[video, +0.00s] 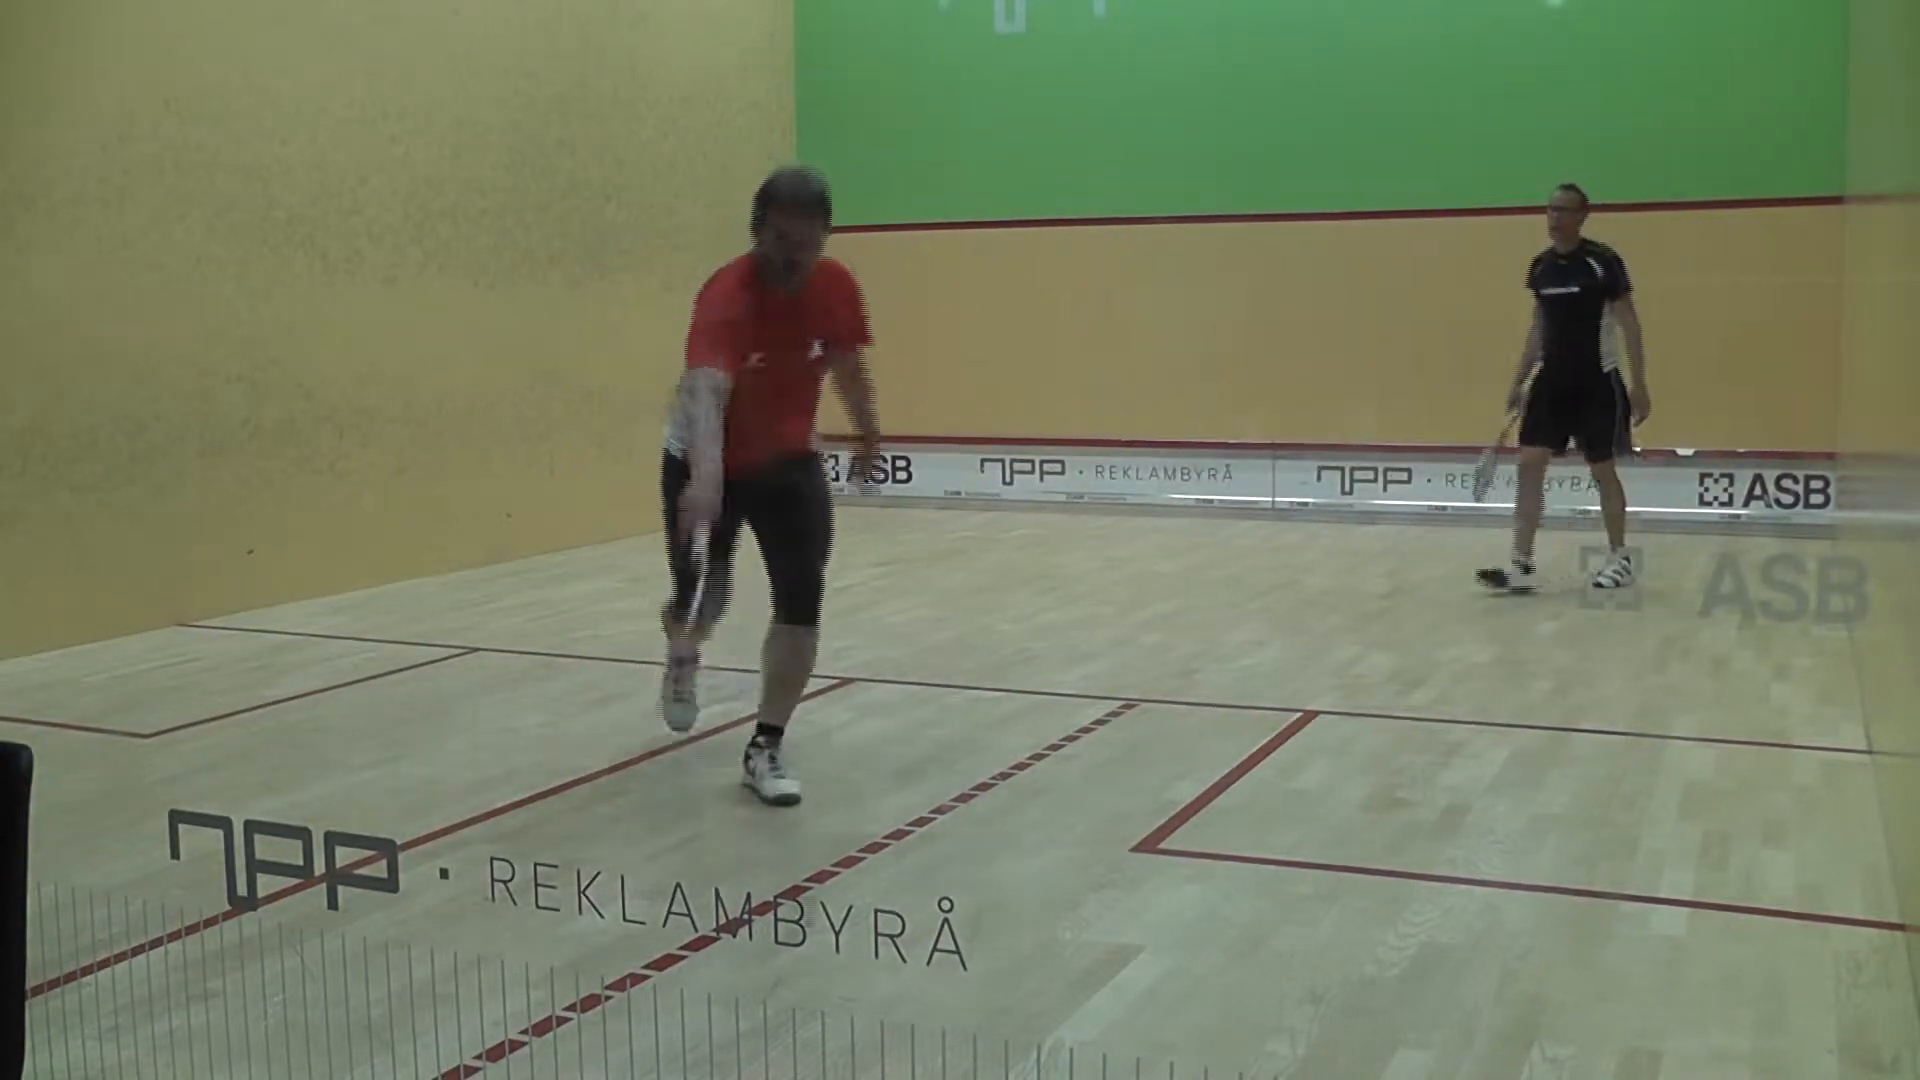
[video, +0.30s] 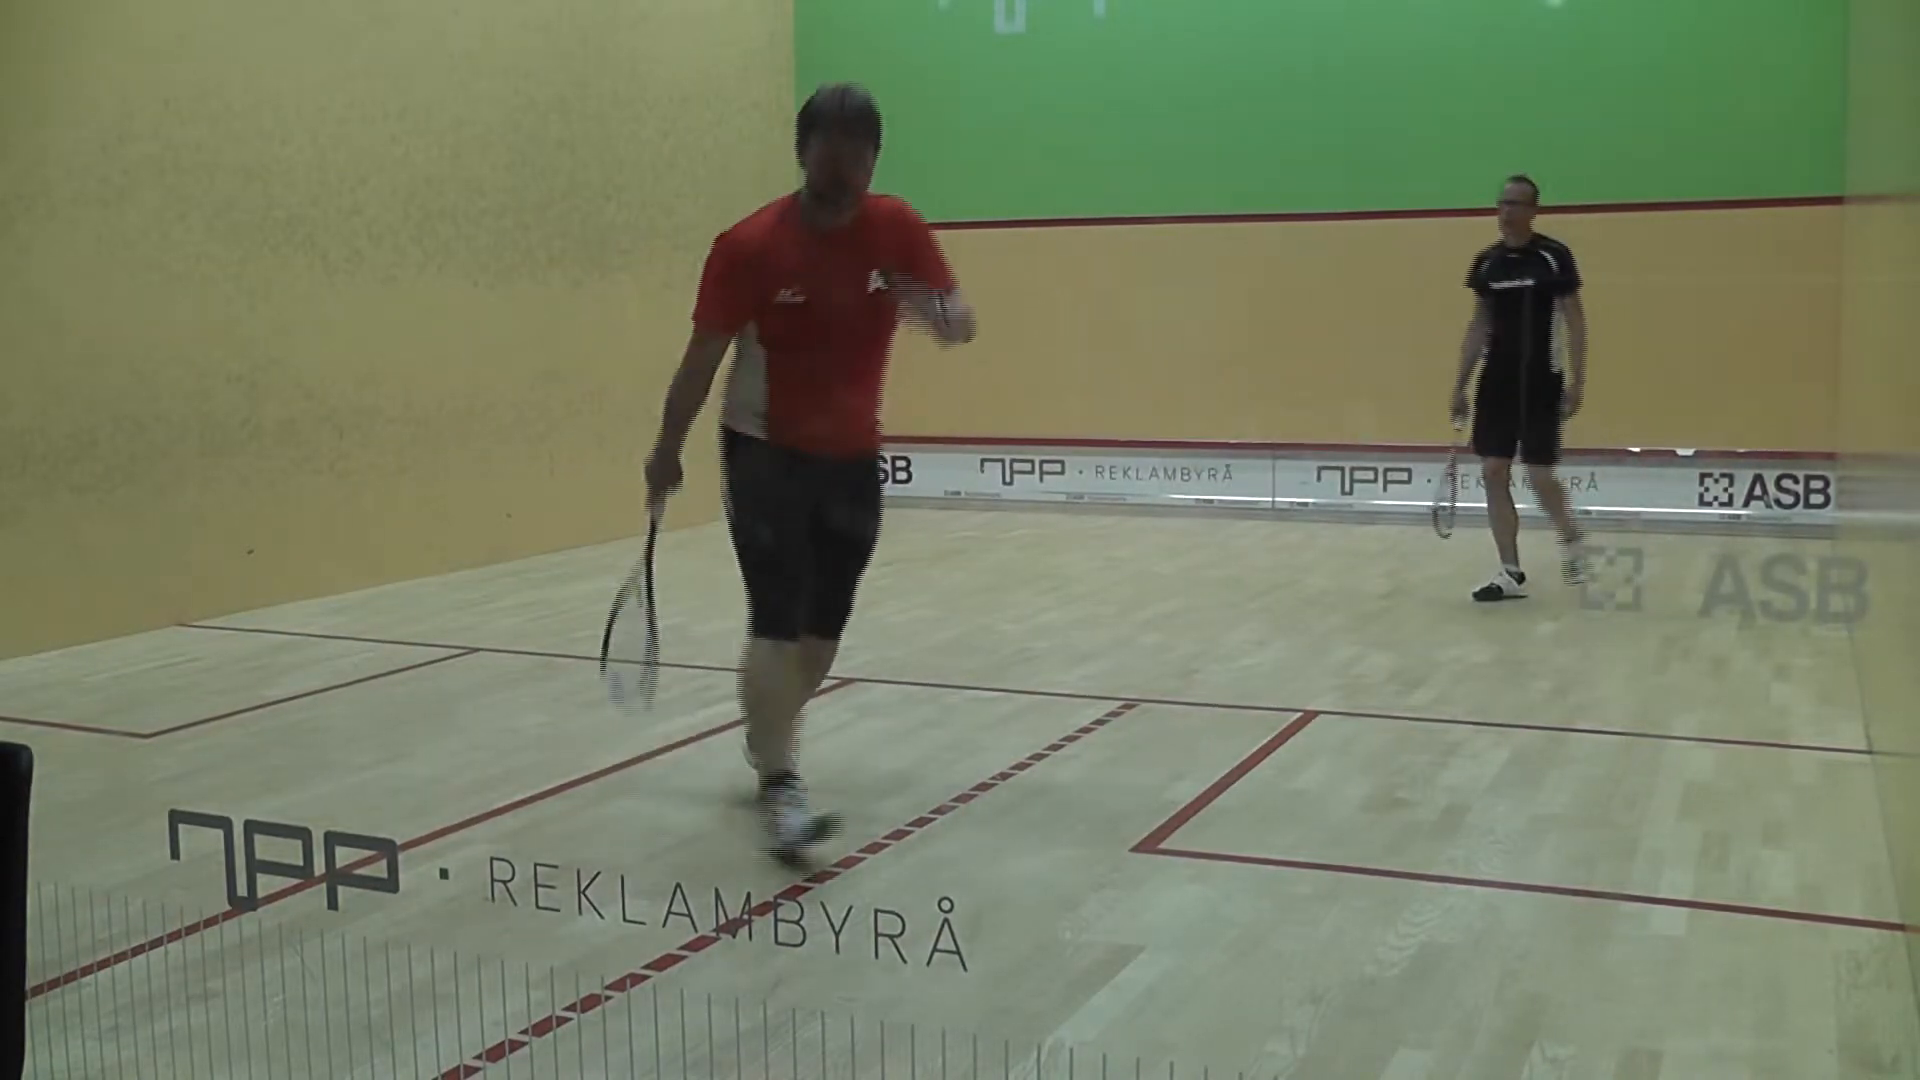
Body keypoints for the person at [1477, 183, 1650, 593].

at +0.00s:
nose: (1555, 217)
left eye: (1564, 211)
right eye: (1551, 210)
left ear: (1583, 216)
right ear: (1546, 214)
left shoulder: (1604, 261)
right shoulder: (1541, 267)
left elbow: (1628, 322)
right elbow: (1538, 327)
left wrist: (1638, 384)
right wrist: (1518, 382)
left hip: (1596, 380)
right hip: (1551, 380)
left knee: (1602, 469)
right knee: (1529, 463)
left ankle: (1619, 558)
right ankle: (1521, 562)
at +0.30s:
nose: (1509, 211)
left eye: (1518, 204)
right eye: (1504, 203)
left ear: (1534, 211)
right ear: (1496, 208)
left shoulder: (1555, 257)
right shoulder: (1488, 262)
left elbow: (1575, 321)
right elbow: (1478, 327)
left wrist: (1576, 381)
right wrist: (1460, 386)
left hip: (1541, 381)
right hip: (1497, 380)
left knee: (1540, 477)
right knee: (1494, 474)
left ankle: (1574, 551)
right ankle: (1510, 572)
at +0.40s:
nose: (1499, 207)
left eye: (1508, 200)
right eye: (1494, 198)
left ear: (1526, 206)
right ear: (1487, 203)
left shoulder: (1545, 254)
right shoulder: (1473, 260)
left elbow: (1564, 317)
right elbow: (1464, 322)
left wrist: (1567, 377)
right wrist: (1446, 380)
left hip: (1531, 375)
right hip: (1487, 375)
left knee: (1520, 469)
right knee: (1491, 472)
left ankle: (1540, 544)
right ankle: (1509, 570)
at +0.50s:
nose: (1485, 207)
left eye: (1495, 201)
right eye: (1480, 200)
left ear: (1512, 207)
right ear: (1473, 205)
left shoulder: (1531, 257)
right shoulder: (1460, 258)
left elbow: (1550, 320)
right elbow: (1445, 320)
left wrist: (1555, 383)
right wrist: (1425, 381)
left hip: (1514, 372)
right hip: (1471, 372)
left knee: (1496, 472)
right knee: (1485, 474)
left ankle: (1504, 573)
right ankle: (1508, 567)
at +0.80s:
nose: (1446, 210)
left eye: (1456, 204)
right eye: (1442, 201)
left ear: (1476, 210)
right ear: (1436, 205)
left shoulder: (1496, 261)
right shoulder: (1426, 261)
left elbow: (1515, 332)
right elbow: (1414, 327)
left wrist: (1522, 396)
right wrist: (1393, 389)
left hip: (1474, 383)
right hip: (1433, 381)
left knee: (1448, 486)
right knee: (1428, 491)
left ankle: (1447, 593)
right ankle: (1482, 544)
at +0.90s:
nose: (1421, 203)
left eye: (1432, 196)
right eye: (1420, 194)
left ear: (1456, 202)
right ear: (1418, 198)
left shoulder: (1476, 254)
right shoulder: (1411, 254)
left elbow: (1496, 327)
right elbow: (1404, 325)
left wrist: (1497, 393)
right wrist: (1390, 387)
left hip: (1458, 381)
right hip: (1414, 380)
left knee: (1445, 485)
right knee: (1389, 482)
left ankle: (1448, 591)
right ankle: (1443, 547)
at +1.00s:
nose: (1404, 202)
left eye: (1414, 195)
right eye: (1403, 193)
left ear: (1441, 199)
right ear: (1405, 196)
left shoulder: (1463, 249)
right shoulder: (1402, 253)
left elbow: (1475, 322)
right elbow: (1400, 324)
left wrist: (1470, 392)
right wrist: (1385, 385)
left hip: (1449, 384)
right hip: (1408, 382)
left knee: (1442, 486)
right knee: (1371, 476)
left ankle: (1448, 591)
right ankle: (1407, 567)